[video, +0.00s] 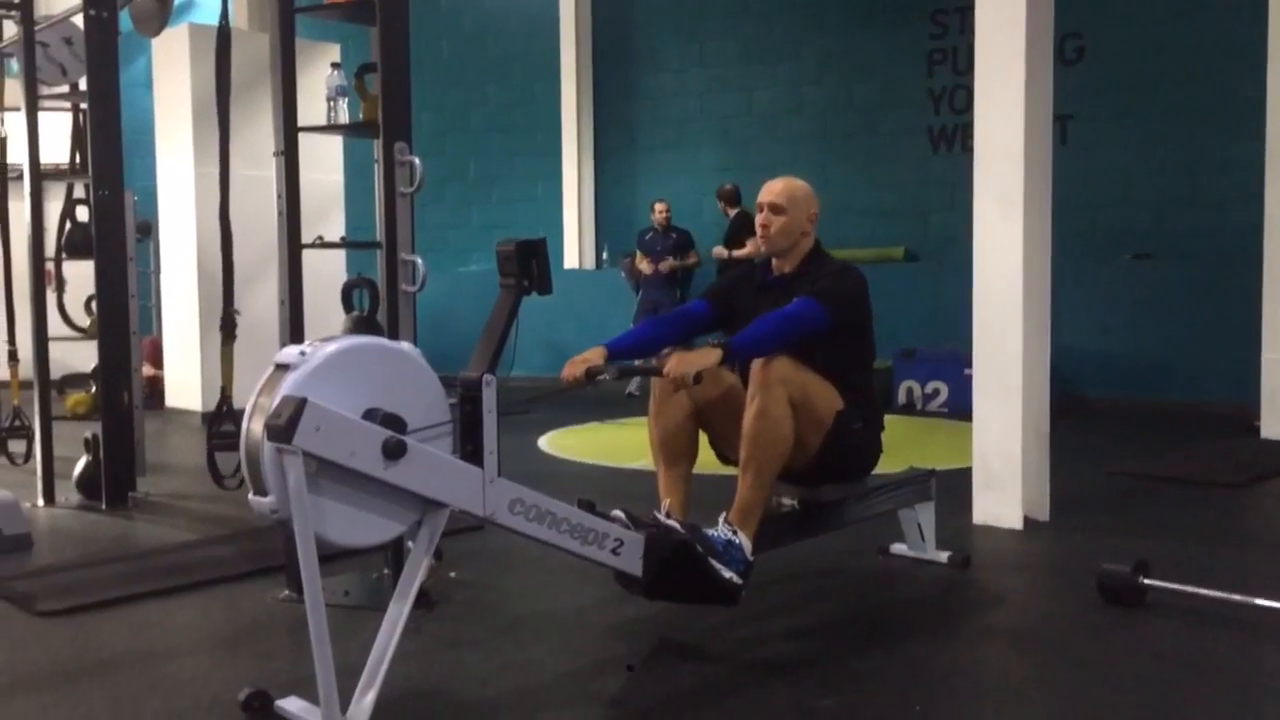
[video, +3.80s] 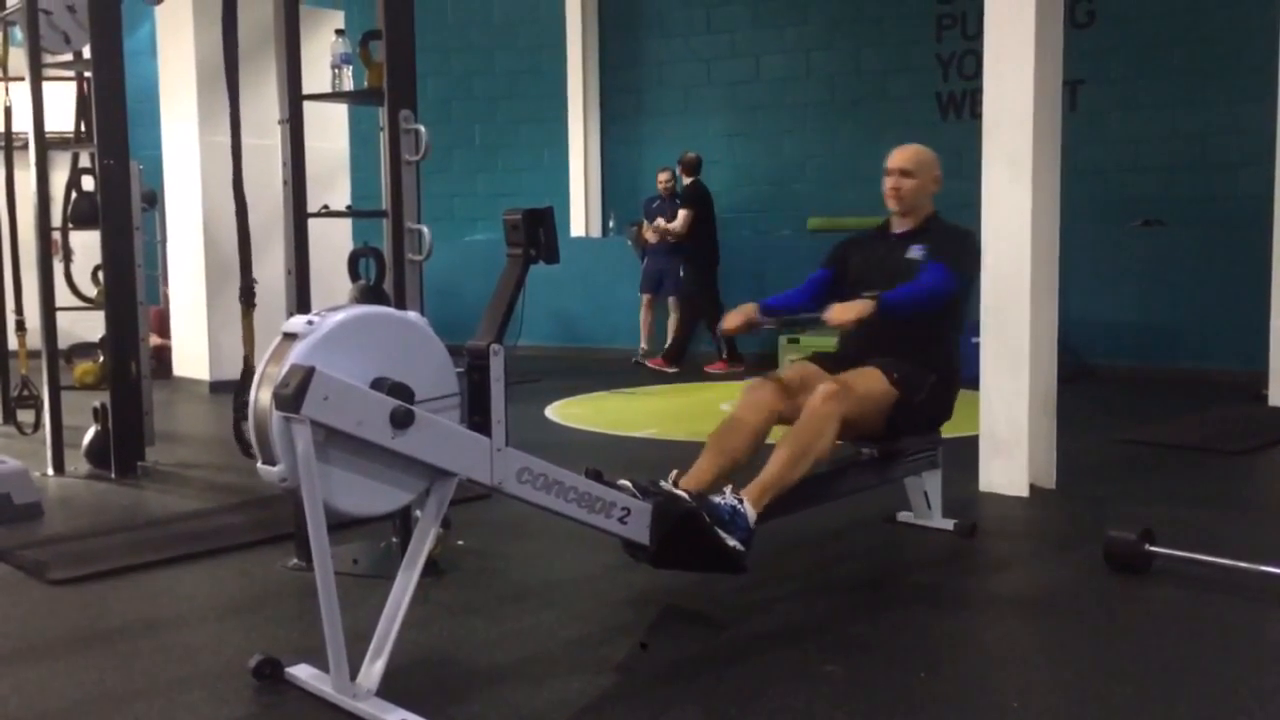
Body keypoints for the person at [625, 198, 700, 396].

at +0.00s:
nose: (664, 215)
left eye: (667, 212)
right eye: (660, 212)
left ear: (671, 213)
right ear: (653, 215)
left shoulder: (682, 235)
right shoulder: (644, 236)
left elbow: (694, 259)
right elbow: (639, 259)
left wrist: (675, 264)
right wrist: (643, 265)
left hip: (671, 293)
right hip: (648, 293)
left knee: (671, 336)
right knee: (640, 334)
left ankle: (671, 381)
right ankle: (638, 377)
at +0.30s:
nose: (677, 192)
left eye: (679, 188)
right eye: (673, 189)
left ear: (683, 191)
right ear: (665, 192)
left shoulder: (694, 213)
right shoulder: (655, 213)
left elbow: (706, 237)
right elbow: (650, 237)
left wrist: (687, 242)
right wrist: (654, 243)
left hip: (682, 269)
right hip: (659, 269)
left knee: (680, 312)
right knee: (652, 310)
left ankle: (676, 355)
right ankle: (648, 355)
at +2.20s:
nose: (669, 170)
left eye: (672, 166)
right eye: (665, 166)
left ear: (677, 169)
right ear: (659, 169)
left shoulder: (688, 191)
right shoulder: (649, 191)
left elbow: (700, 216)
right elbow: (644, 215)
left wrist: (682, 220)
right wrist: (647, 221)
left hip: (678, 250)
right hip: (654, 250)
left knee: (677, 292)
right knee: (648, 290)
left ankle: (674, 332)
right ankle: (647, 332)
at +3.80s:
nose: (664, 185)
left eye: (668, 181)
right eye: (661, 182)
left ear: (675, 182)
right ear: (656, 184)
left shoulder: (681, 203)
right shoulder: (650, 204)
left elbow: (682, 230)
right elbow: (648, 235)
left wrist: (661, 227)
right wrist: (669, 232)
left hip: (674, 257)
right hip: (653, 257)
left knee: (673, 303)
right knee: (647, 299)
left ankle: (670, 348)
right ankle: (643, 346)